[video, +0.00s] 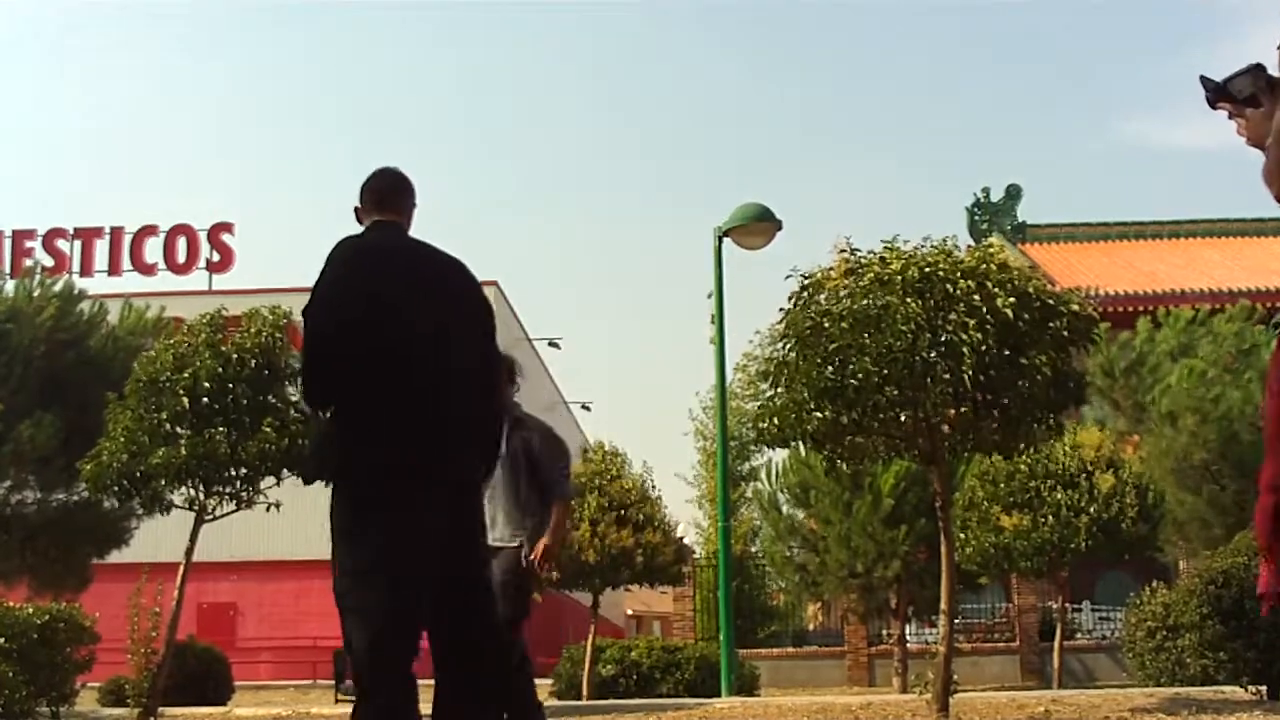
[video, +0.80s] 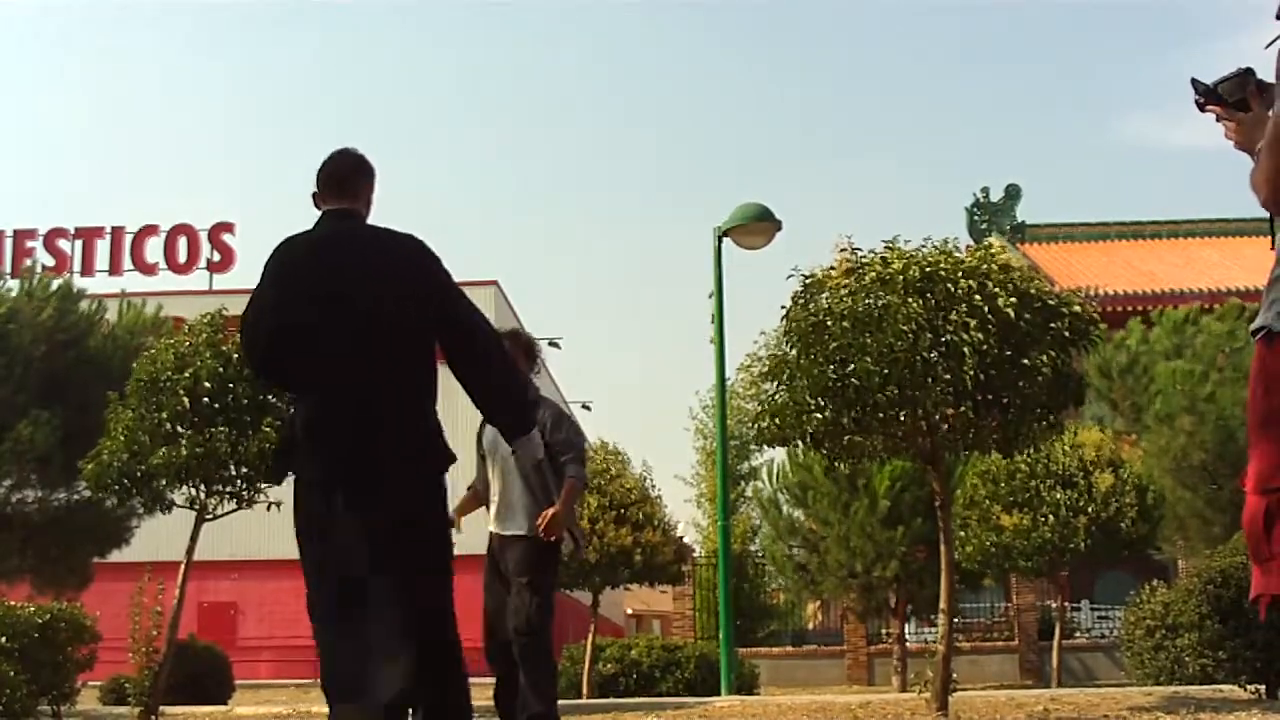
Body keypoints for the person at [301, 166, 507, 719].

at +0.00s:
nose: (371, 218)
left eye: (363, 210)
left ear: (361, 210)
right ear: (413, 211)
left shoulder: (342, 269)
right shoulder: (456, 274)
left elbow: (317, 387)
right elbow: (491, 385)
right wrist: (473, 464)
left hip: (371, 475)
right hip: (450, 475)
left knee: (379, 647)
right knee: (467, 640)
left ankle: (386, 714)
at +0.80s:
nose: (347, 205)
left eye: (327, 195)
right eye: (363, 196)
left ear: (316, 195)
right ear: (371, 196)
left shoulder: (289, 258)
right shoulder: (407, 254)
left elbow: (262, 354)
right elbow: (472, 343)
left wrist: (319, 381)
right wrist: (516, 418)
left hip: (326, 459)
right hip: (408, 454)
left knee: (340, 606)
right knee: (424, 603)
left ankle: (357, 709)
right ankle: (441, 708)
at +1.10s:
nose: (362, 226)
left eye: (363, 217)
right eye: (362, 216)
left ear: (306, 210)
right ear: (347, 211)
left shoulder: (261, 277)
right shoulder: (374, 254)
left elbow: (242, 380)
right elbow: (425, 342)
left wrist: (286, 426)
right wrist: (439, 417)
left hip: (305, 468)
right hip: (395, 461)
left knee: (306, 611)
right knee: (438, 605)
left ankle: (296, 715)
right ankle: (471, 710)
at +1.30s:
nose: (389, 211)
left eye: (390, 202)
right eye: (389, 201)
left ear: (335, 192)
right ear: (372, 194)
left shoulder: (279, 262)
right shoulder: (373, 240)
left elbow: (262, 352)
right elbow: (410, 339)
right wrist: (462, 421)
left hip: (302, 462)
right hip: (384, 454)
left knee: (315, 619)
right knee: (419, 616)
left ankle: (306, 715)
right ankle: (441, 713)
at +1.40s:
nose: (407, 211)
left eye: (409, 201)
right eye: (406, 199)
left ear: (354, 190)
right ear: (387, 192)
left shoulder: (300, 260)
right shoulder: (380, 241)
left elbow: (286, 364)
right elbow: (405, 346)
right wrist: (460, 408)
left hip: (308, 453)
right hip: (377, 450)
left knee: (331, 606)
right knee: (399, 606)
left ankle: (306, 712)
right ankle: (418, 713)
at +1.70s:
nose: (452, 204)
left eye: (454, 195)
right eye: (453, 194)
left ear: (397, 182)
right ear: (443, 185)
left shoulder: (348, 237)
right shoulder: (428, 224)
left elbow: (311, 342)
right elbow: (420, 328)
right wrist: (450, 421)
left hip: (327, 437)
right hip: (404, 438)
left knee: (307, 588)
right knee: (427, 596)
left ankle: (280, 710)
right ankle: (426, 710)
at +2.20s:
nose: (322, 176)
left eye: (297, 170)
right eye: (332, 165)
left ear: (283, 173)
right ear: (341, 167)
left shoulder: (261, 221)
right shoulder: (384, 224)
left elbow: (226, 308)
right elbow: (473, 283)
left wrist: (290, 335)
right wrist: (557, 338)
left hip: (289, 441)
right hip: (375, 435)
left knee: (295, 596)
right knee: (394, 573)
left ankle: (293, 707)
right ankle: (426, 652)